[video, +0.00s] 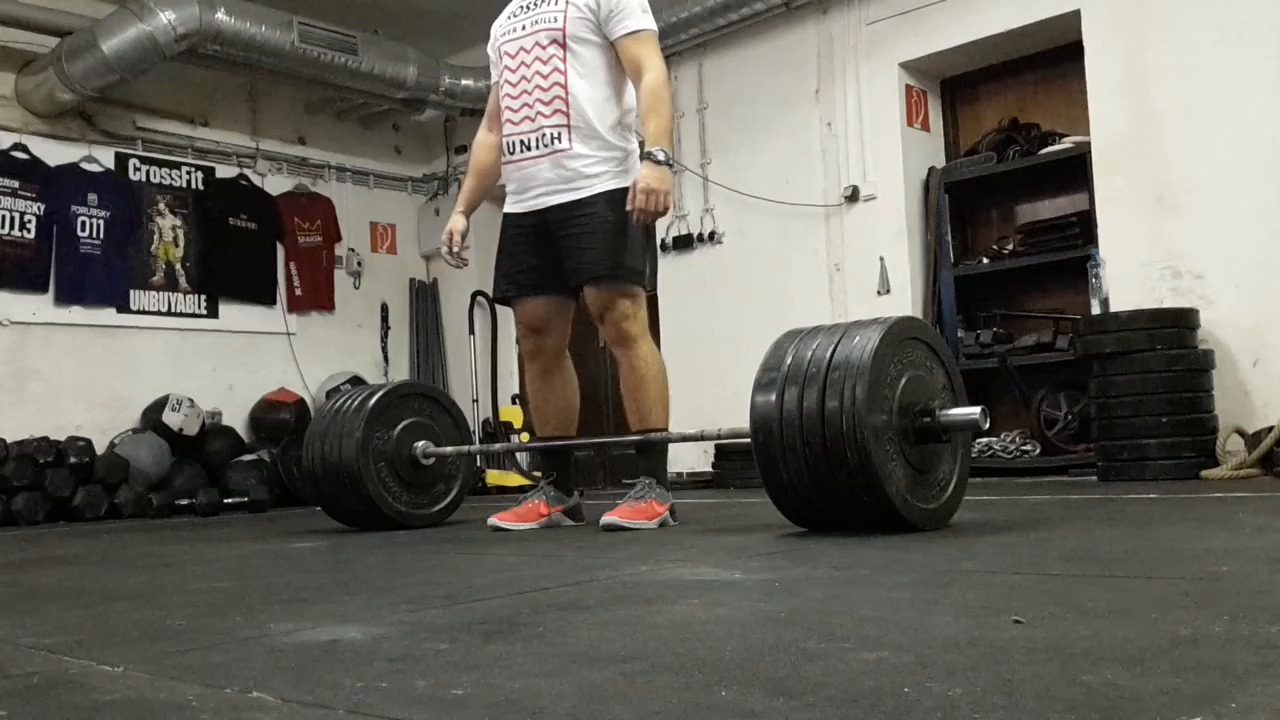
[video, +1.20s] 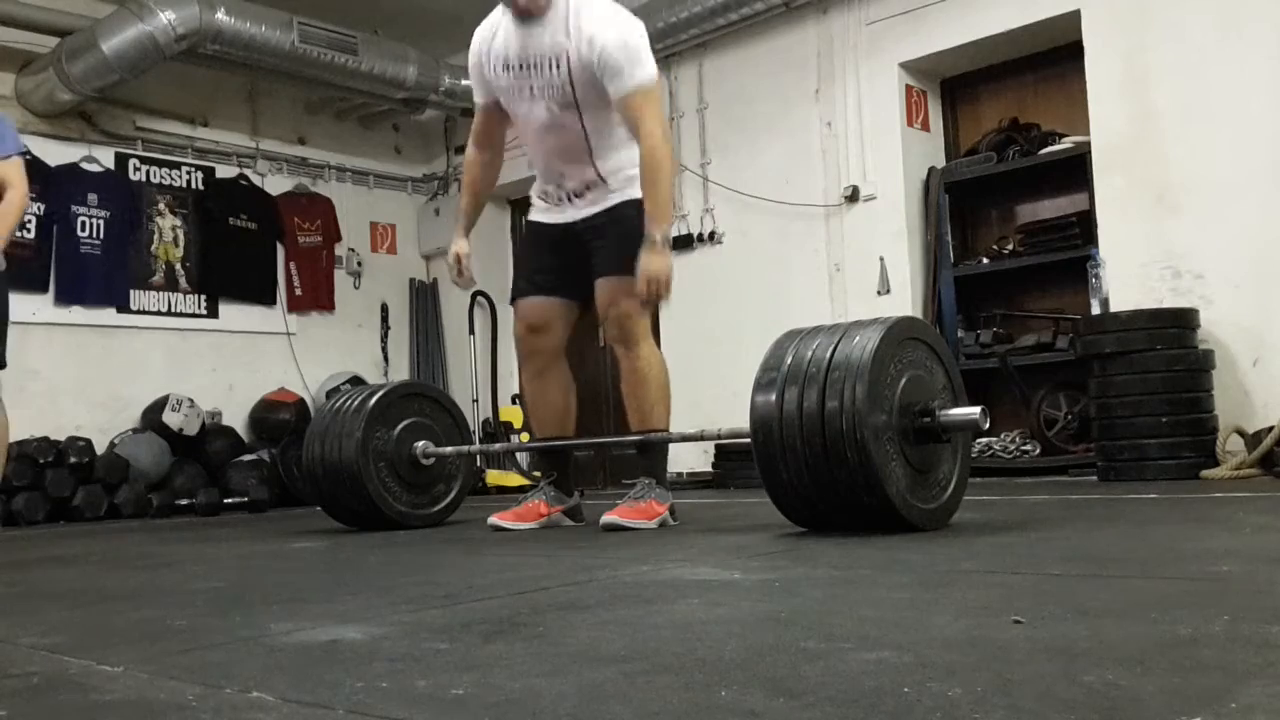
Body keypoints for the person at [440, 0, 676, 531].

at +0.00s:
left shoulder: (606, 1)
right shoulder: (503, 23)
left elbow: (649, 70)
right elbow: (493, 125)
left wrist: (656, 159)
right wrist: (463, 208)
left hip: (600, 184)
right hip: (526, 199)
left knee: (622, 324)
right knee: (538, 336)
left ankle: (652, 486)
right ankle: (557, 491)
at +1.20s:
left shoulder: (607, 28)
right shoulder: (489, 40)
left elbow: (652, 133)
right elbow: (484, 145)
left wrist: (658, 240)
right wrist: (462, 231)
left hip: (619, 195)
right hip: (550, 205)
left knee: (624, 320)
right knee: (535, 330)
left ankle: (652, 486)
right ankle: (555, 490)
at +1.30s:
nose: (518, 57)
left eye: (526, 41)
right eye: (503, 45)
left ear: (552, 11)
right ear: (486, 31)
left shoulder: (607, 72)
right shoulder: (488, 72)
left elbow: (657, 187)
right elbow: (488, 167)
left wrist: (665, 303)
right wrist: (470, 256)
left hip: (629, 207)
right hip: (559, 216)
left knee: (630, 318)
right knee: (532, 332)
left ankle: (653, 488)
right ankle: (556, 491)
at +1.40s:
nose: (533, 116)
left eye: (540, 100)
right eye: (516, 106)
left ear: (557, 69)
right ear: (493, 94)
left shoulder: (608, 110)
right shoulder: (488, 111)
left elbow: (660, 231)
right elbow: (493, 192)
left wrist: (671, 346)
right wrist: (482, 279)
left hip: (640, 214)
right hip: (569, 223)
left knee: (631, 314)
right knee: (533, 332)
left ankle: (654, 487)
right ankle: (558, 491)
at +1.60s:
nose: (528, 196)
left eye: (535, 179)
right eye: (513, 188)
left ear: (549, 143)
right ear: (489, 174)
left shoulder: (606, 168)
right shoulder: (489, 169)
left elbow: (659, 289)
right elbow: (502, 229)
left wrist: (678, 404)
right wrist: (503, 318)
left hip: (656, 220)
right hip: (579, 234)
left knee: (633, 313)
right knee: (531, 337)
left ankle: (654, 488)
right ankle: (558, 492)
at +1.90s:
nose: (469, 252)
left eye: (473, 241)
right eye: (460, 246)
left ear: (499, 211)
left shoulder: (577, 199)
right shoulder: (481, 226)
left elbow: (651, 297)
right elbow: (506, 309)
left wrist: (681, 409)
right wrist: (511, 402)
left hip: (665, 210)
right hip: (586, 237)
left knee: (633, 315)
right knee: (538, 338)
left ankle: (654, 489)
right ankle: (559, 491)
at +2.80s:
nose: (465, 173)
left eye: (474, 153)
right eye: (455, 161)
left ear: (514, 144)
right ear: (450, 163)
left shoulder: (592, 204)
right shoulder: (492, 237)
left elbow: (656, 301)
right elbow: (506, 335)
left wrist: (670, 406)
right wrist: (497, 423)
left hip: (682, 294)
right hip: (596, 318)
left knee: (613, 324)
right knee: (512, 348)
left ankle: (652, 490)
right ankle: (557, 494)